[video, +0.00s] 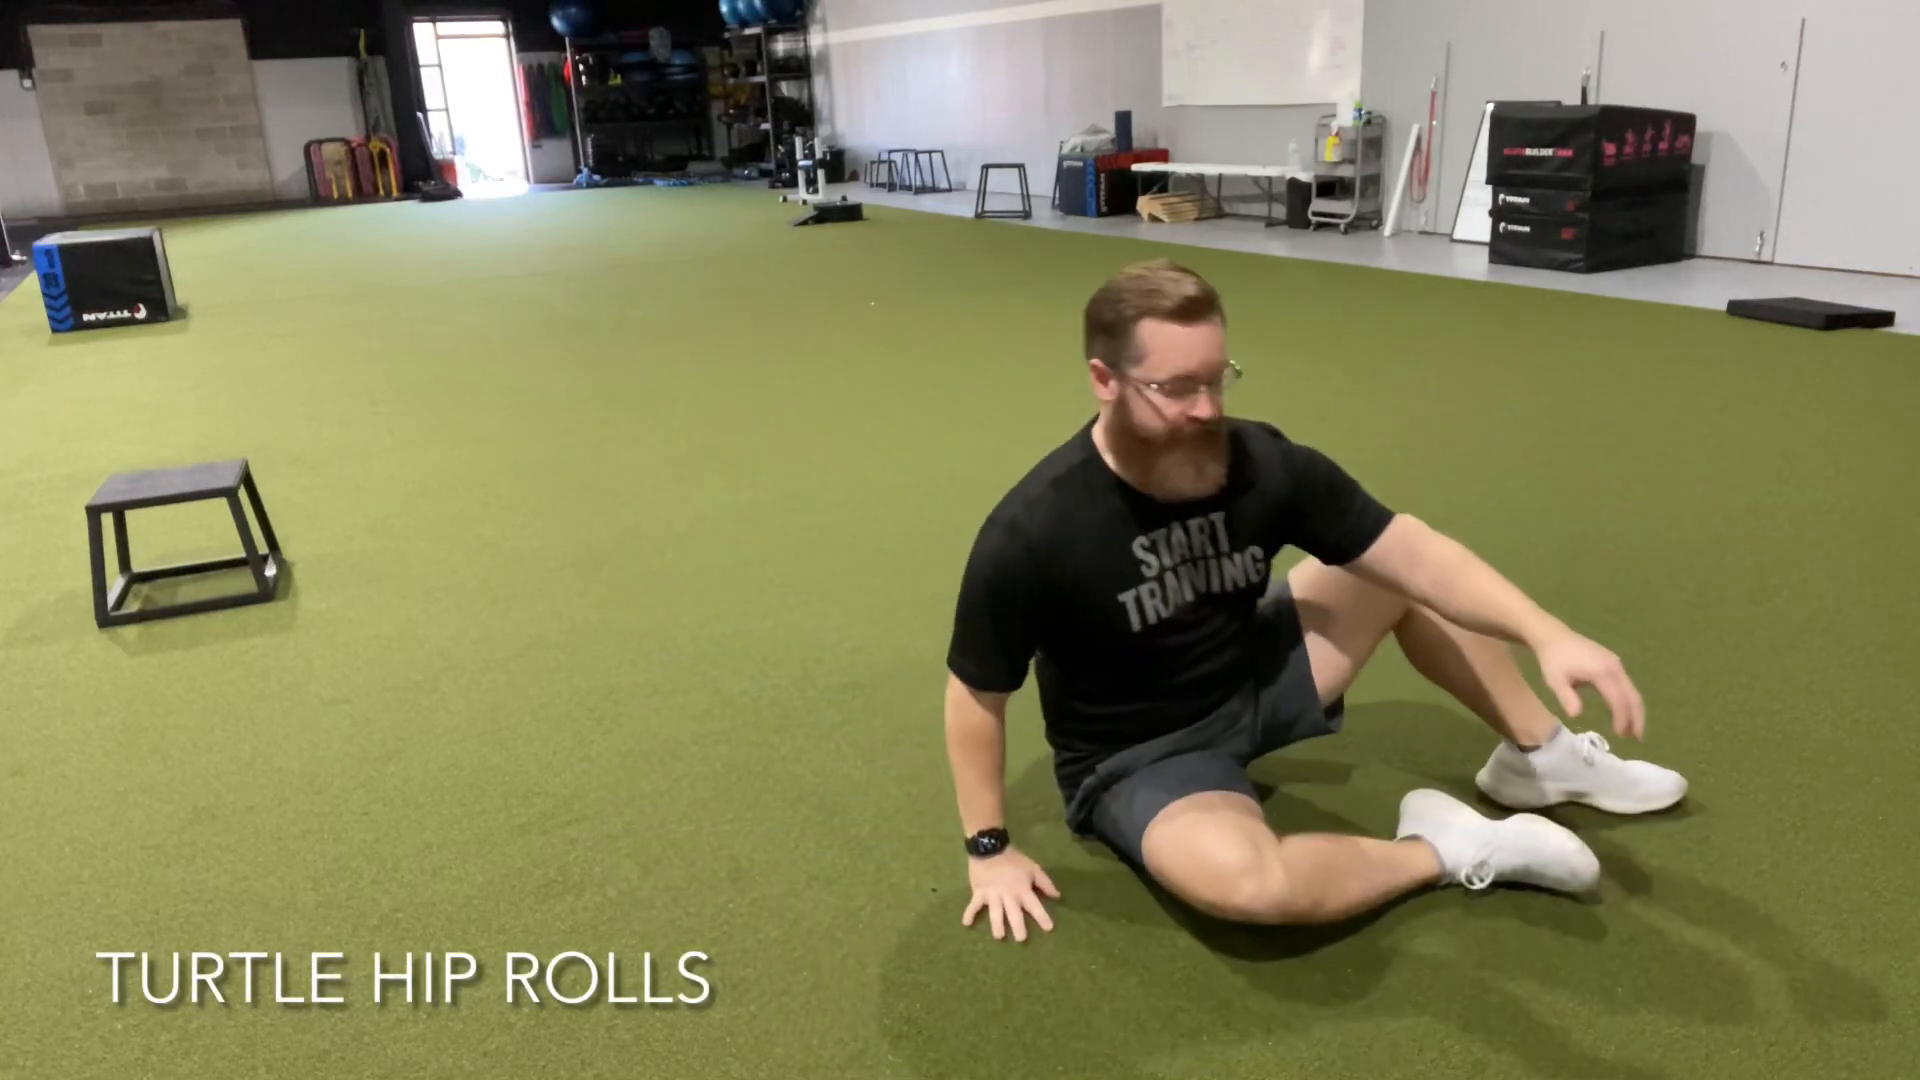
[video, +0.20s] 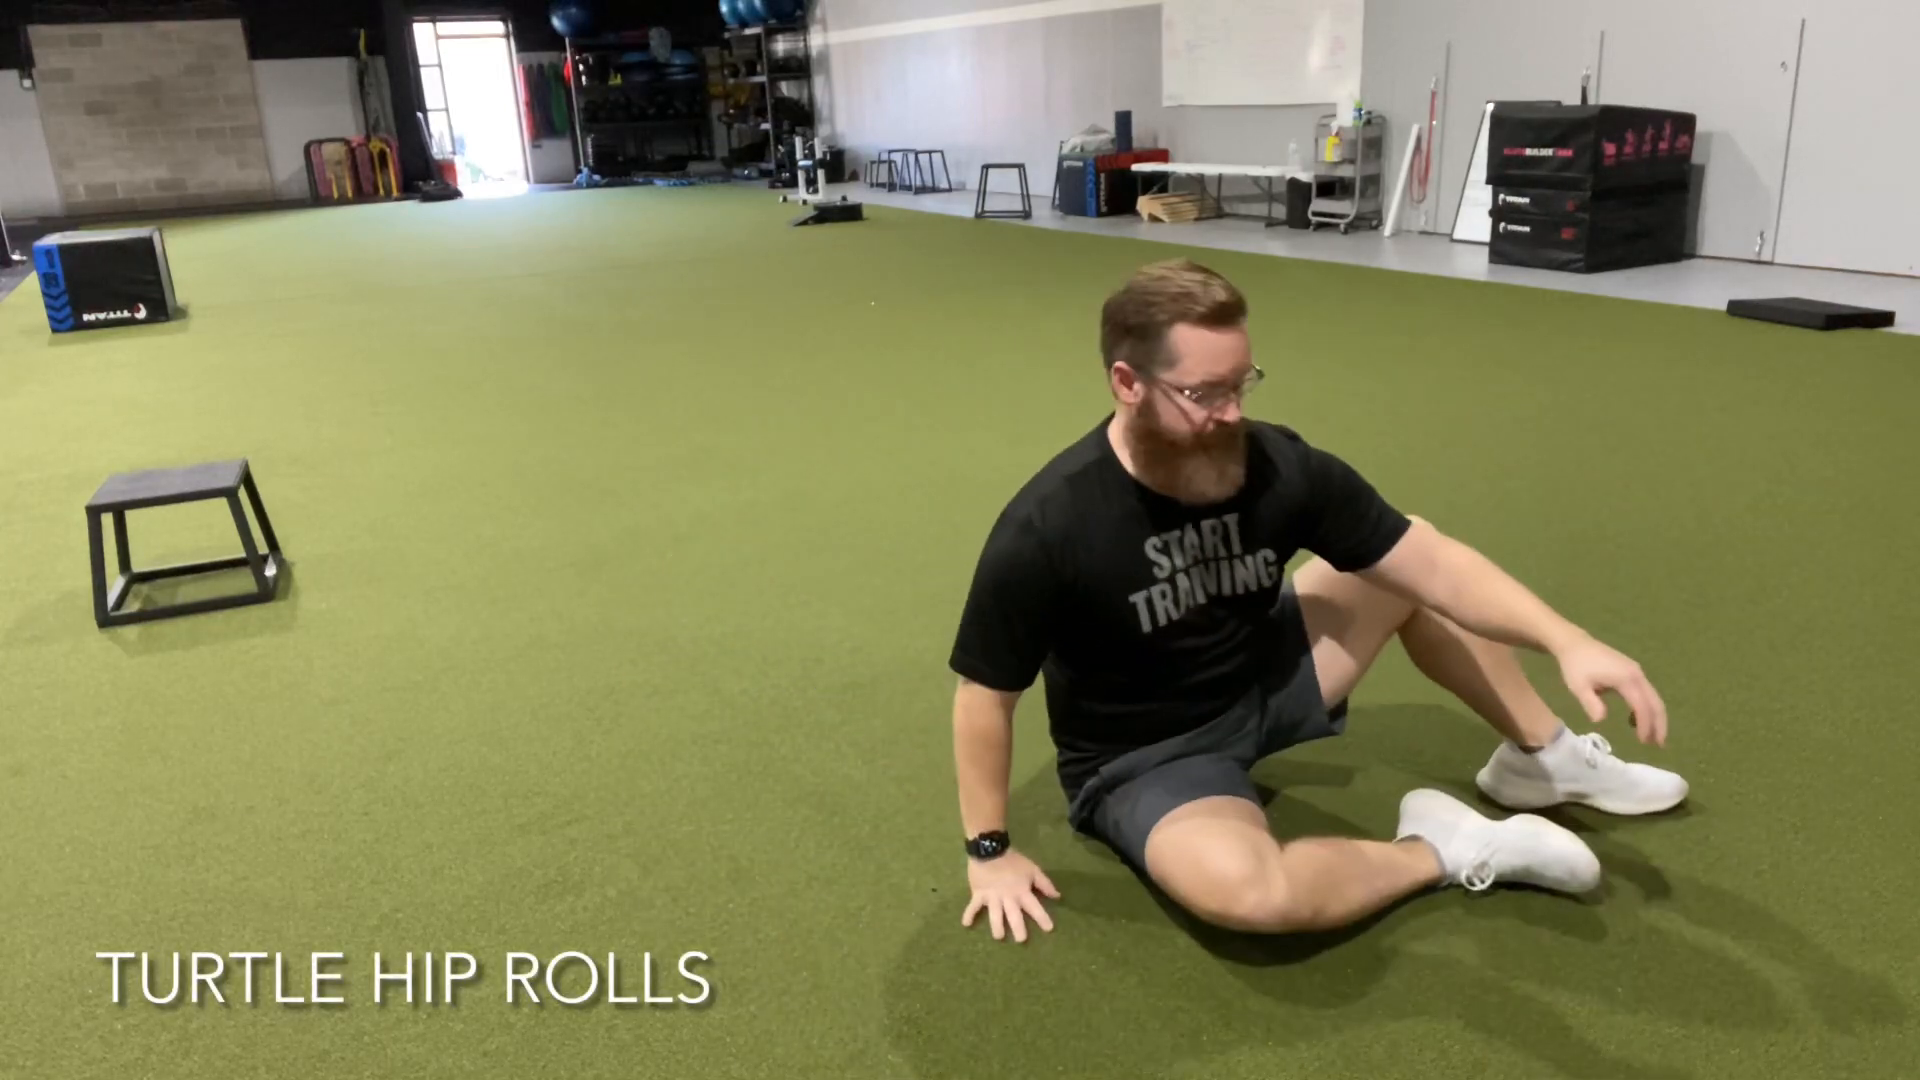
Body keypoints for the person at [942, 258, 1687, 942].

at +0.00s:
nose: (1207, 409)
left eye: (1217, 381)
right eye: (1178, 389)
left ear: (1227, 366)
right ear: (1104, 383)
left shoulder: (1261, 463)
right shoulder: (1034, 532)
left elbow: (1407, 549)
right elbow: (975, 692)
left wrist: (1548, 632)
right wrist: (987, 848)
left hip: (1254, 669)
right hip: (1142, 748)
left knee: (1394, 566)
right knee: (1243, 884)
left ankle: (1537, 751)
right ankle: (1445, 846)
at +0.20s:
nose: (1232, 412)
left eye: (1240, 385)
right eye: (1206, 393)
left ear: (1249, 365)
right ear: (1126, 386)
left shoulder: (1279, 468)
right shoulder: (1047, 528)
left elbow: (1428, 560)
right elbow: (985, 689)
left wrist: (1568, 641)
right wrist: (987, 849)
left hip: (1262, 672)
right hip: (1148, 751)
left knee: (1402, 570)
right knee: (1247, 895)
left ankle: (1540, 754)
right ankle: (1444, 847)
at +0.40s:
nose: (1210, 404)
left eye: (1217, 377)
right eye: (1184, 385)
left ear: (1225, 362)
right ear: (1106, 380)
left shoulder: (1254, 462)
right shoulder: (1032, 529)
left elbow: (1399, 552)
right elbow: (972, 690)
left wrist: (1542, 633)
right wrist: (987, 851)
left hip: (1250, 670)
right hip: (1142, 752)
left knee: (1396, 569)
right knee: (1246, 895)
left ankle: (1539, 751)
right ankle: (1444, 847)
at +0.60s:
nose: (1151, 394)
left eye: (1154, 368)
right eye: (1125, 376)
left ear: (1158, 356)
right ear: (1047, 382)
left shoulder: (1196, 457)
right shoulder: (990, 541)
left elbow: (1342, 547)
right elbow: (947, 707)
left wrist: (1467, 603)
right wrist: (988, 855)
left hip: (1228, 670)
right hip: (1131, 756)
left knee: (1385, 556)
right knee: (1243, 879)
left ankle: (1545, 751)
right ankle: (1444, 844)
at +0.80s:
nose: (1052, 394)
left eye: (1052, 371)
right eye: (1026, 381)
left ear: (1060, 371)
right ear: (954, 404)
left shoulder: (1099, 466)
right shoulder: (928, 559)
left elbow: (1222, 537)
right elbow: (911, 726)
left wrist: (1324, 563)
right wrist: (985, 855)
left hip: (1193, 664)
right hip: (1103, 755)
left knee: (1363, 570)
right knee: (1248, 828)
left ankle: (1542, 748)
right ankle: (1453, 843)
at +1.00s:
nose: (943, 422)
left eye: (939, 404)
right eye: (917, 412)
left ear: (941, 412)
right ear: (855, 444)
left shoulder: (1000, 489)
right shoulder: (857, 585)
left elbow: (1121, 542)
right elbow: (879, 742)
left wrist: (1199, 534)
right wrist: (984, 852)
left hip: (1152, 653)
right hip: (1073, 741)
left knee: (1322, 552)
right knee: (1230, 744)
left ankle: (1501, 731)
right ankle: (1459, 824)